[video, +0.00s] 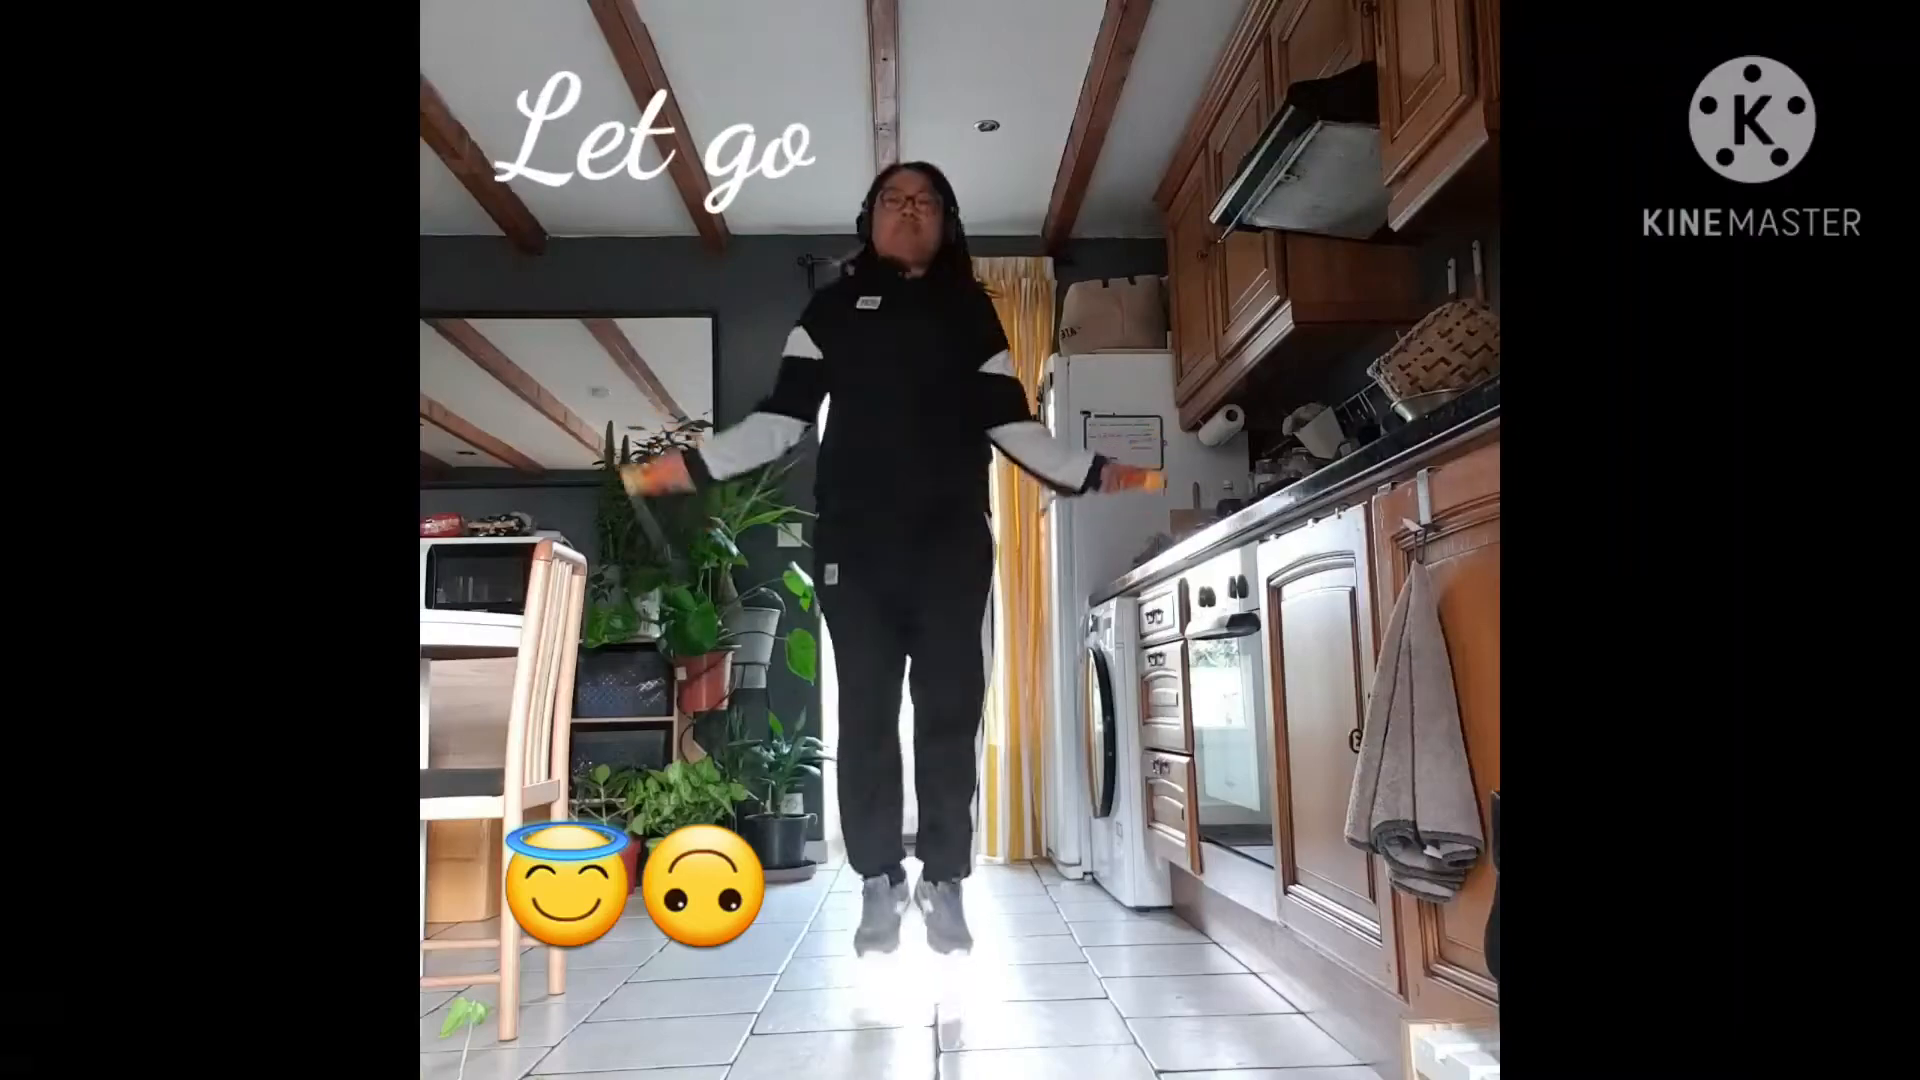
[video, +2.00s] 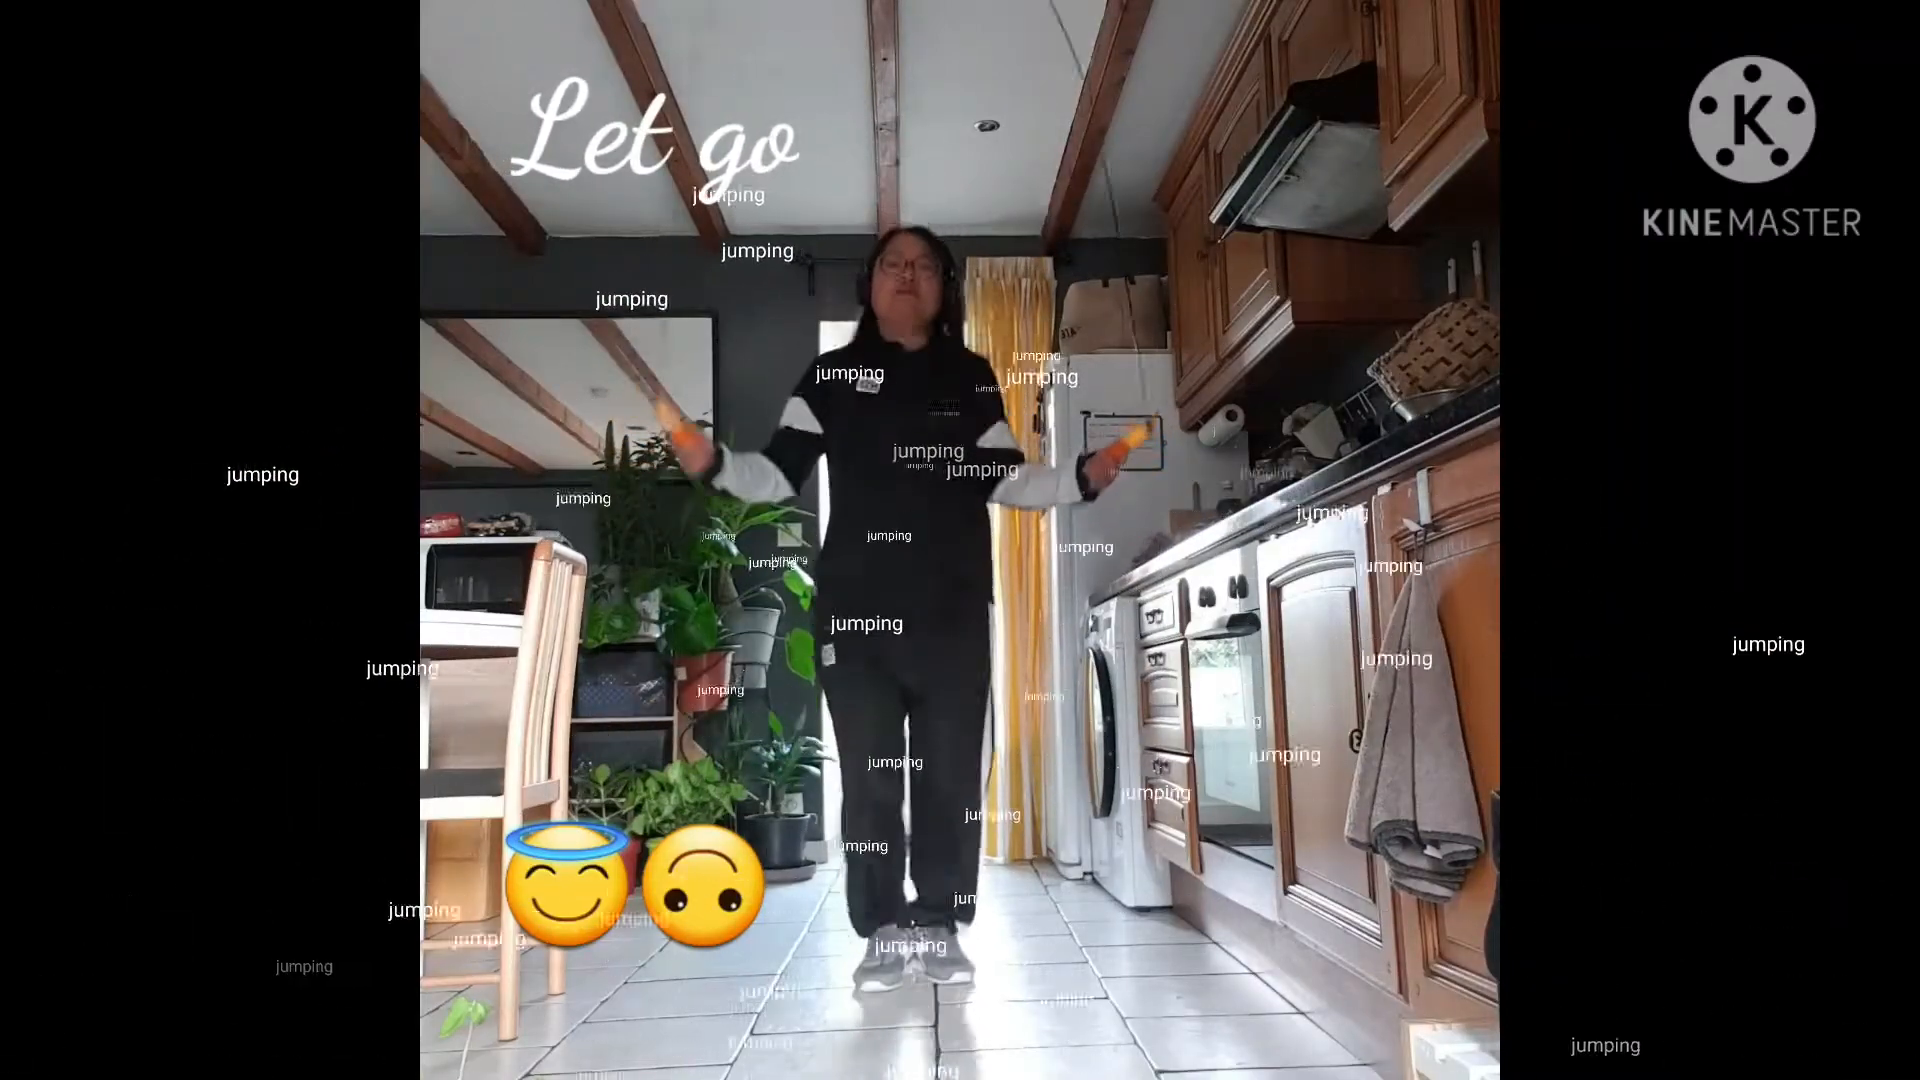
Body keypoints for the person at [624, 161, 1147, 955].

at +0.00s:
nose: (908, 209)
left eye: (923, 200)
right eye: (893, 200)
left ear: (947, 227)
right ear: (868, 224)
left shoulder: (969, 309)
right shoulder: (833, 308)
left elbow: (1006, 422)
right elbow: (786, 417)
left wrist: (1090, 471)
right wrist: (695, 461)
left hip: (952, 539)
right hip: (858, 538)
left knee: (950, 714)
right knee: (866, 715)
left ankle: (945, 881)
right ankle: (878, 882)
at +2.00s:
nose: (906, 275)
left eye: (921, 265)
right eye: (892, 264)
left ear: (945, 288)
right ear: (869, 285)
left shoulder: (971, 377)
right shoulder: (834, 375)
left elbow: (1002, 479)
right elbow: (778, 474)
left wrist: (1079, 479)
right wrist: (715, 463)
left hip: (951, 603)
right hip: (857, 603)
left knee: (949, 768)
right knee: (870, 769)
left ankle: (942, 924)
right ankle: (883, 929)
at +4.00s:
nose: (902, 206)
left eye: (918, 198)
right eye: (888, 196)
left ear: (942, 224)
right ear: (864, 218)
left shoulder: (966, 312)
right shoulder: (827, 306)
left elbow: (1002, 425)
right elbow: (784, 424)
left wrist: (1079, 477)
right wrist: (697, 468)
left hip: (947, 541)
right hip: (852, 541)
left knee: (949, 715)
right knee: (864, 714)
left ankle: (942, 886)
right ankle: (875, 887)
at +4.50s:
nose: (899, 224)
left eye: (915, 213)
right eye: (885, 211)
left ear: (939, 232)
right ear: (860, 229)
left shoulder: (962, 318)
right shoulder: (825, 317)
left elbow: (998, 424)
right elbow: (785, 424)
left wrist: (1068, 464)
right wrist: (706, 443)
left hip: (946, 544)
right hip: (851, 543)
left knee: (941, 720)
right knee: (863, 721)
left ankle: (937, 890)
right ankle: (876, 891)